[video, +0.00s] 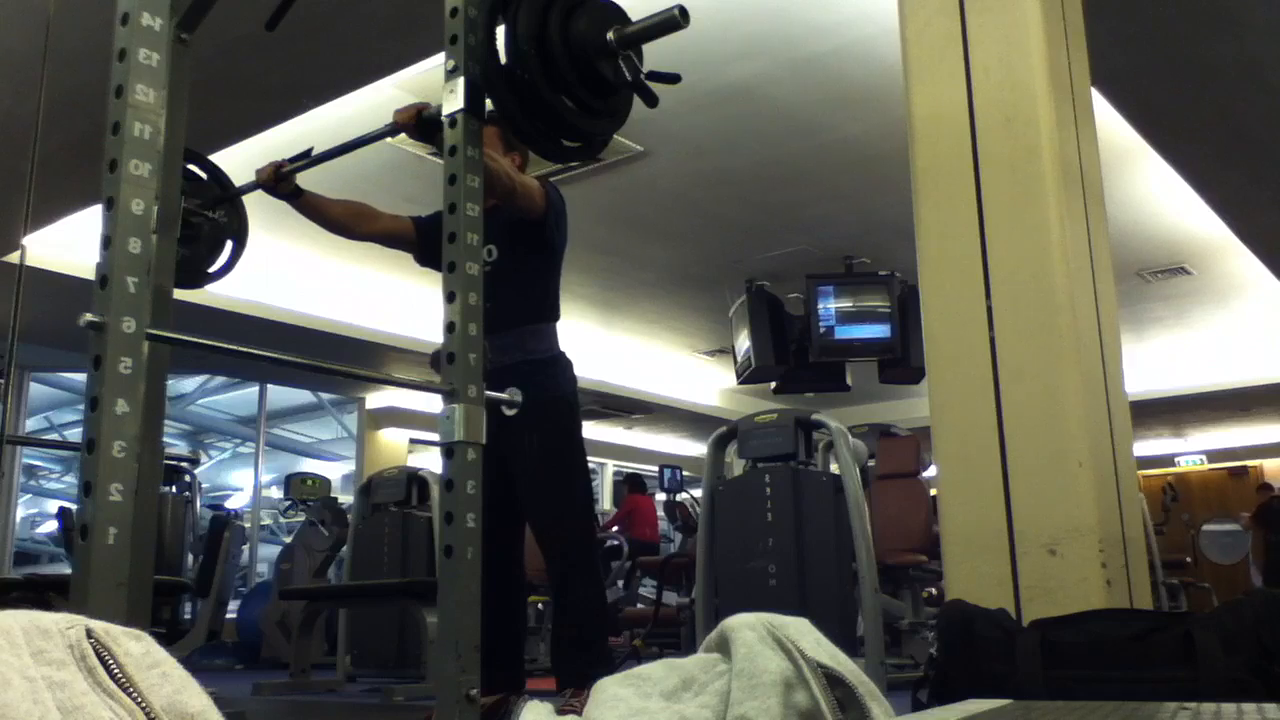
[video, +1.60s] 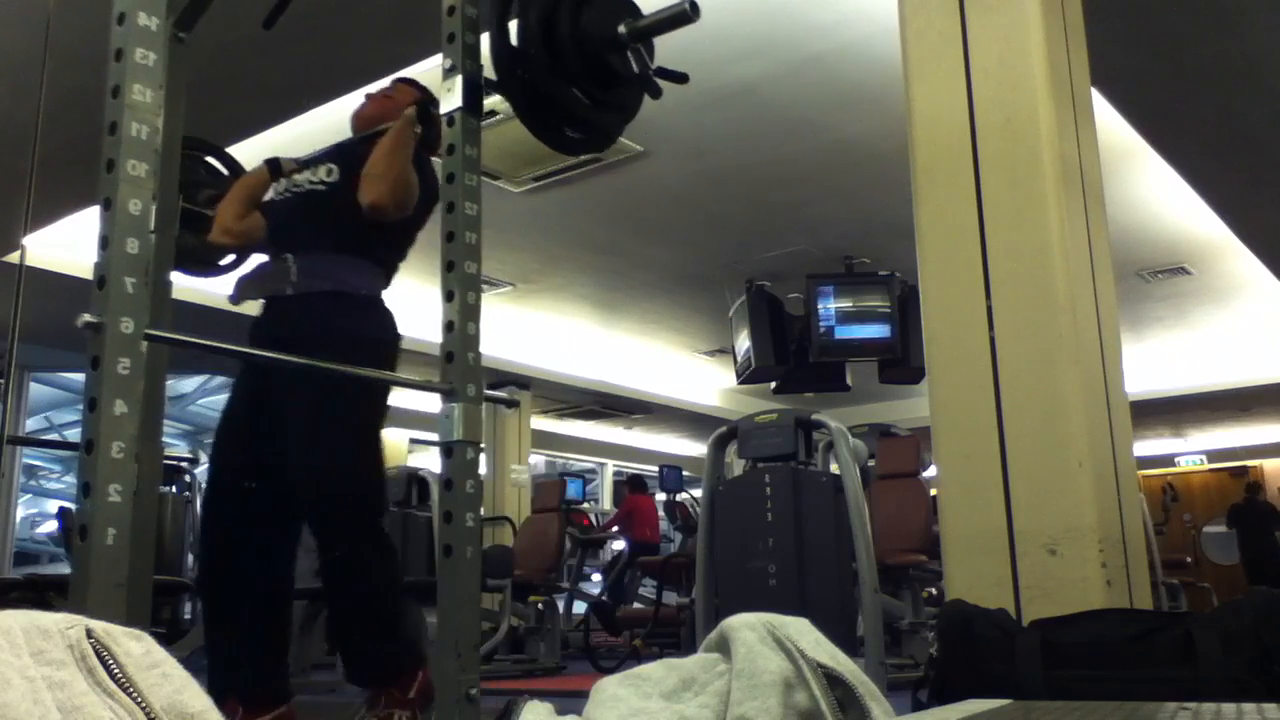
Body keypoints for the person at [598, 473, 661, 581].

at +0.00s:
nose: (624, 489)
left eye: (626, 486)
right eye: (624, 486)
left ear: (630, 486)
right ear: (642, 486)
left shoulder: (631, 500)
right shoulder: (649, 500)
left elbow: (616, 519)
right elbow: (633, 524)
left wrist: (601, 529)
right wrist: (614, 534)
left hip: (637, 546)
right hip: (654, 547)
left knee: (605, 553)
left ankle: (611, 586)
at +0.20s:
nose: (624, 490)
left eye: (625, 487)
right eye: (624, 487)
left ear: (629, 487)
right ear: (642, 486)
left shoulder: (631, 500)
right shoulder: (649, 500)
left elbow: (618, 520)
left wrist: (602, 529)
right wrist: (618, 531)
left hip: (637, 547)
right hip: (654, 547)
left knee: (604, 560)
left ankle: (601, 596)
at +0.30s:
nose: (624, 490)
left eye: (625, 487)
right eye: (624, 487)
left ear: (629, 487)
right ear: (642, 486)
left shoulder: (632, 500)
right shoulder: (649, 500)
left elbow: (618, 519)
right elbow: (633, 523)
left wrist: (603, 529)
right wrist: (616, 533)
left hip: (638, 546)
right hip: (655, 547)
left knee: (610, 569)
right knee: (624, 572)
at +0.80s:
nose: (625, 490)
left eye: (626, 487)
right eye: (625, 487)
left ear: (630, 487)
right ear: (644, 487)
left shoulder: (630, 500)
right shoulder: (650, 500)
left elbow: (616, 520)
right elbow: (637, 523)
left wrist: (600, 530)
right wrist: (619, 532)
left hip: (636, 545)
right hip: (654, 546)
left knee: (605, 562)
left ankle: (618, 595)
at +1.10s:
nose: (625, 490)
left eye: (625, 487)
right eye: (625, 487)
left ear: (630, 487)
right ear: (642, 486)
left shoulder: (631, 500)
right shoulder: (649, 500)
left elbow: (617, 520)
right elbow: (635, 523)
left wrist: (600, 530)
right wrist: (617, 533)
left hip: (637, 544)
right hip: (654, 545)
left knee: (602, 562)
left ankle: (599, 601)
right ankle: (632, 604)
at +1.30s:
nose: (624, 491)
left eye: (625, 488)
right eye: (624, 488)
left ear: (629, 487)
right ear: (643, 487)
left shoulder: (630, 500)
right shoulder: (649, 501)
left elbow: (616, 518)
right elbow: (634, 522)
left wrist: (600, 530)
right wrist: (616, 533)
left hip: (637, 545)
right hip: (654, 546)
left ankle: (613, 609)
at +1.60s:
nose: (625, 491)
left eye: (627, 488)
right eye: (625, 488)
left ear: (631, 488)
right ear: (644, 488)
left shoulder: (631, 500)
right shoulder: (650, 501)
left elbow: (617, 519)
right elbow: (637, 523)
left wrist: (600, 530)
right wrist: (618, 533)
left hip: (636, 547)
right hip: (654, 547)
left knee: (610, 570)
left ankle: (616, 603)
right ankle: (623, 602)